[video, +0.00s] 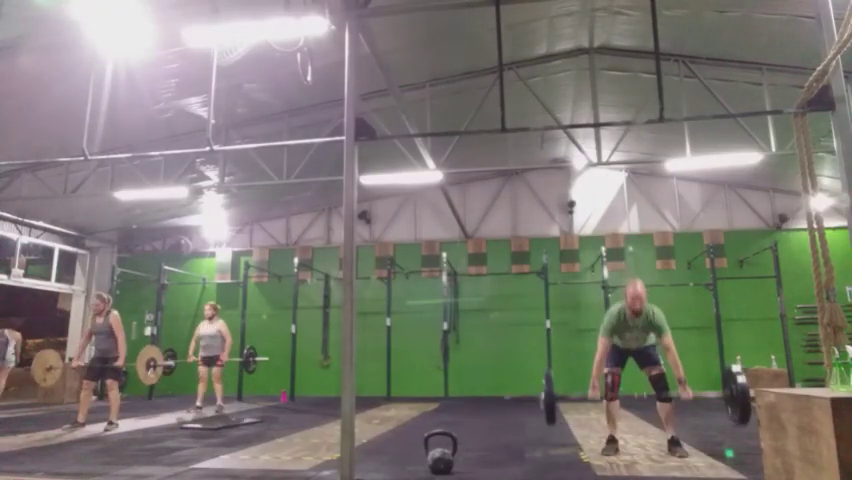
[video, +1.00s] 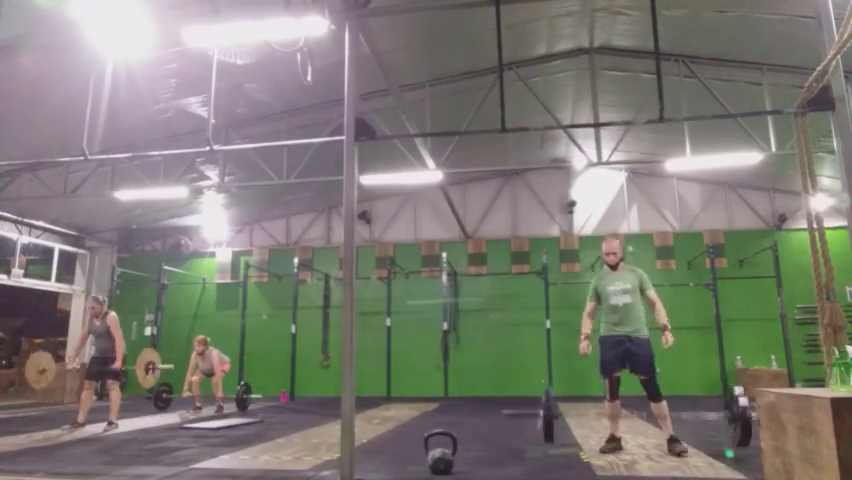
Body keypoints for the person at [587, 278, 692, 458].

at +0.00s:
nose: (636, 303)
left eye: (640, 298)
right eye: (633, 298)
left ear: (645, 298)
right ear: (626, 298)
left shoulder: (654, 315)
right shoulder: (614, 314)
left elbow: (669, 348)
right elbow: (602, 347)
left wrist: (681, 381)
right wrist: (595, 379)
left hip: (645, 346)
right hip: (618, 347)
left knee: (662, 385)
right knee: (610, 387)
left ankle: (672, 439)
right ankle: (612, 438)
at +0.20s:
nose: (627, 250)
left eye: (630, 246)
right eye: (623, 247)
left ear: (636, 249)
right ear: (617, 251)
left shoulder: (648, 274)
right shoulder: (609, 277)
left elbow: (662, 306)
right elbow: (599, 309)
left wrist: (675, 336)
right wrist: (592, 338)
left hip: (647, 337)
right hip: (618, 337)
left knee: (657, 386)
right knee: (617, 386)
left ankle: (673, 439)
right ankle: (612, 438)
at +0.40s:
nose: (637, 307)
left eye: (640, 303)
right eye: (634, 302)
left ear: (645, 302)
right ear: (626, 302)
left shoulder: (655, 317)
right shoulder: (614, 316)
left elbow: (669, 351)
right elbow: (601, 351)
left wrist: (681, 384)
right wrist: (594, 384)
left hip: (645, 347)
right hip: (618, 348)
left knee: (662, 385)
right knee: (610, 386)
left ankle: (672, 439)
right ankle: (612, 438)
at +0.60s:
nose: (628, 254)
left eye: (631, 250)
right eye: (624, 251)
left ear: (637, 254)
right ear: (617, 255)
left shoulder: (648, 278)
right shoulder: (608, 280)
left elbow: (662, 310)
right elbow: (598, 312)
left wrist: (675, 342)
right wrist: (590, 344)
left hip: (645, 339)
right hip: (617, 339)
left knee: (658, 387)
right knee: (615, 387)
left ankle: (673, 439)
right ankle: (612, 438)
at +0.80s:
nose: (631, 285)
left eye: (634, 281)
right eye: (627, 281)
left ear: (640, 282)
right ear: (621, 282)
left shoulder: (650, 302)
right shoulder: (611, 303)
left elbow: (665, 335)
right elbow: (599, 336)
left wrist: (677, 365)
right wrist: (592, 366)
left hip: (644, 342)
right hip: (616, 343)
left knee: (659, 385)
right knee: (610, 384)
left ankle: (673, 440)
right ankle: (612, 438)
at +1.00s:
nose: (610, 257)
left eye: (614, 253)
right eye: (607, 254)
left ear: (622, 253)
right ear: (602, 255)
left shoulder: (637, 275)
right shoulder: (598, 279)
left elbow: (655, 302)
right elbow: (588, 313)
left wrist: (665, 328)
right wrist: (585, 337)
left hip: (639, 338)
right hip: (610, 339)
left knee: (652, 388)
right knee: (611, 389)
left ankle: (672, 438)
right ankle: (614, 437)